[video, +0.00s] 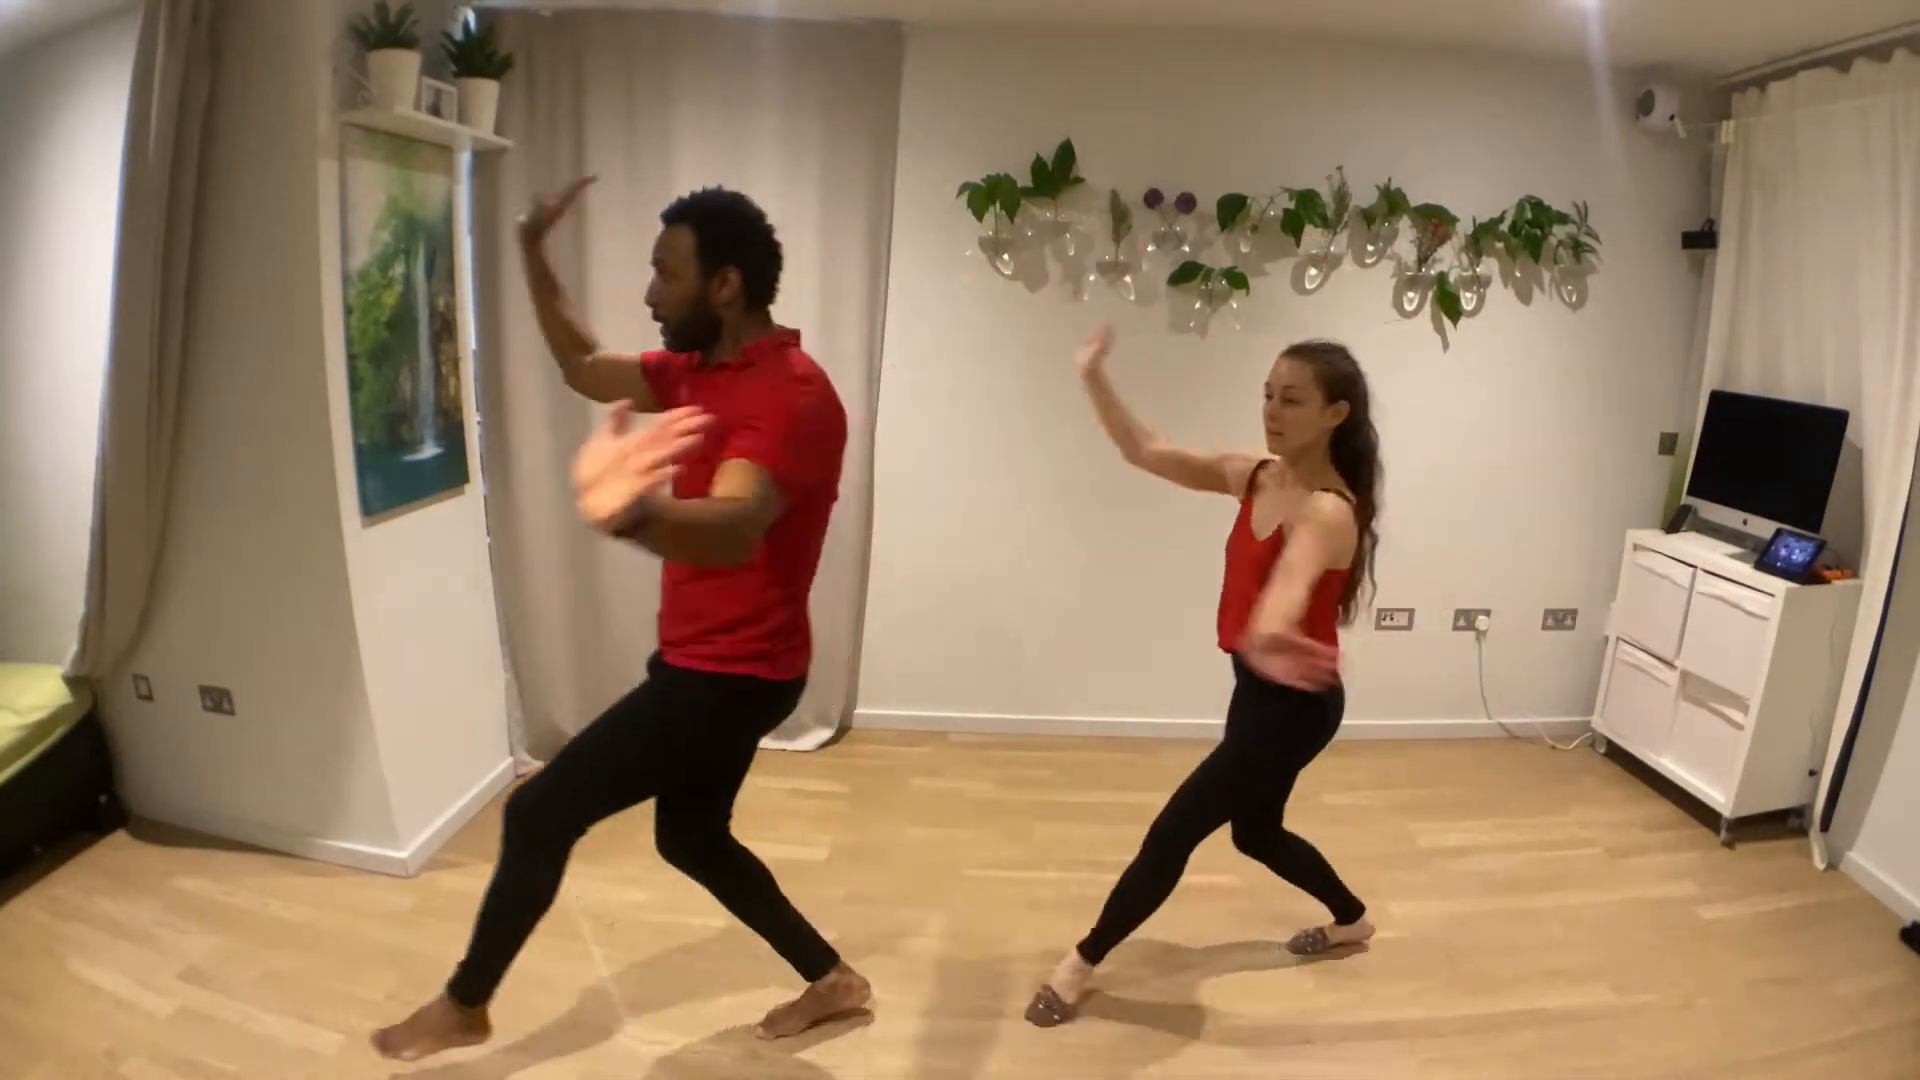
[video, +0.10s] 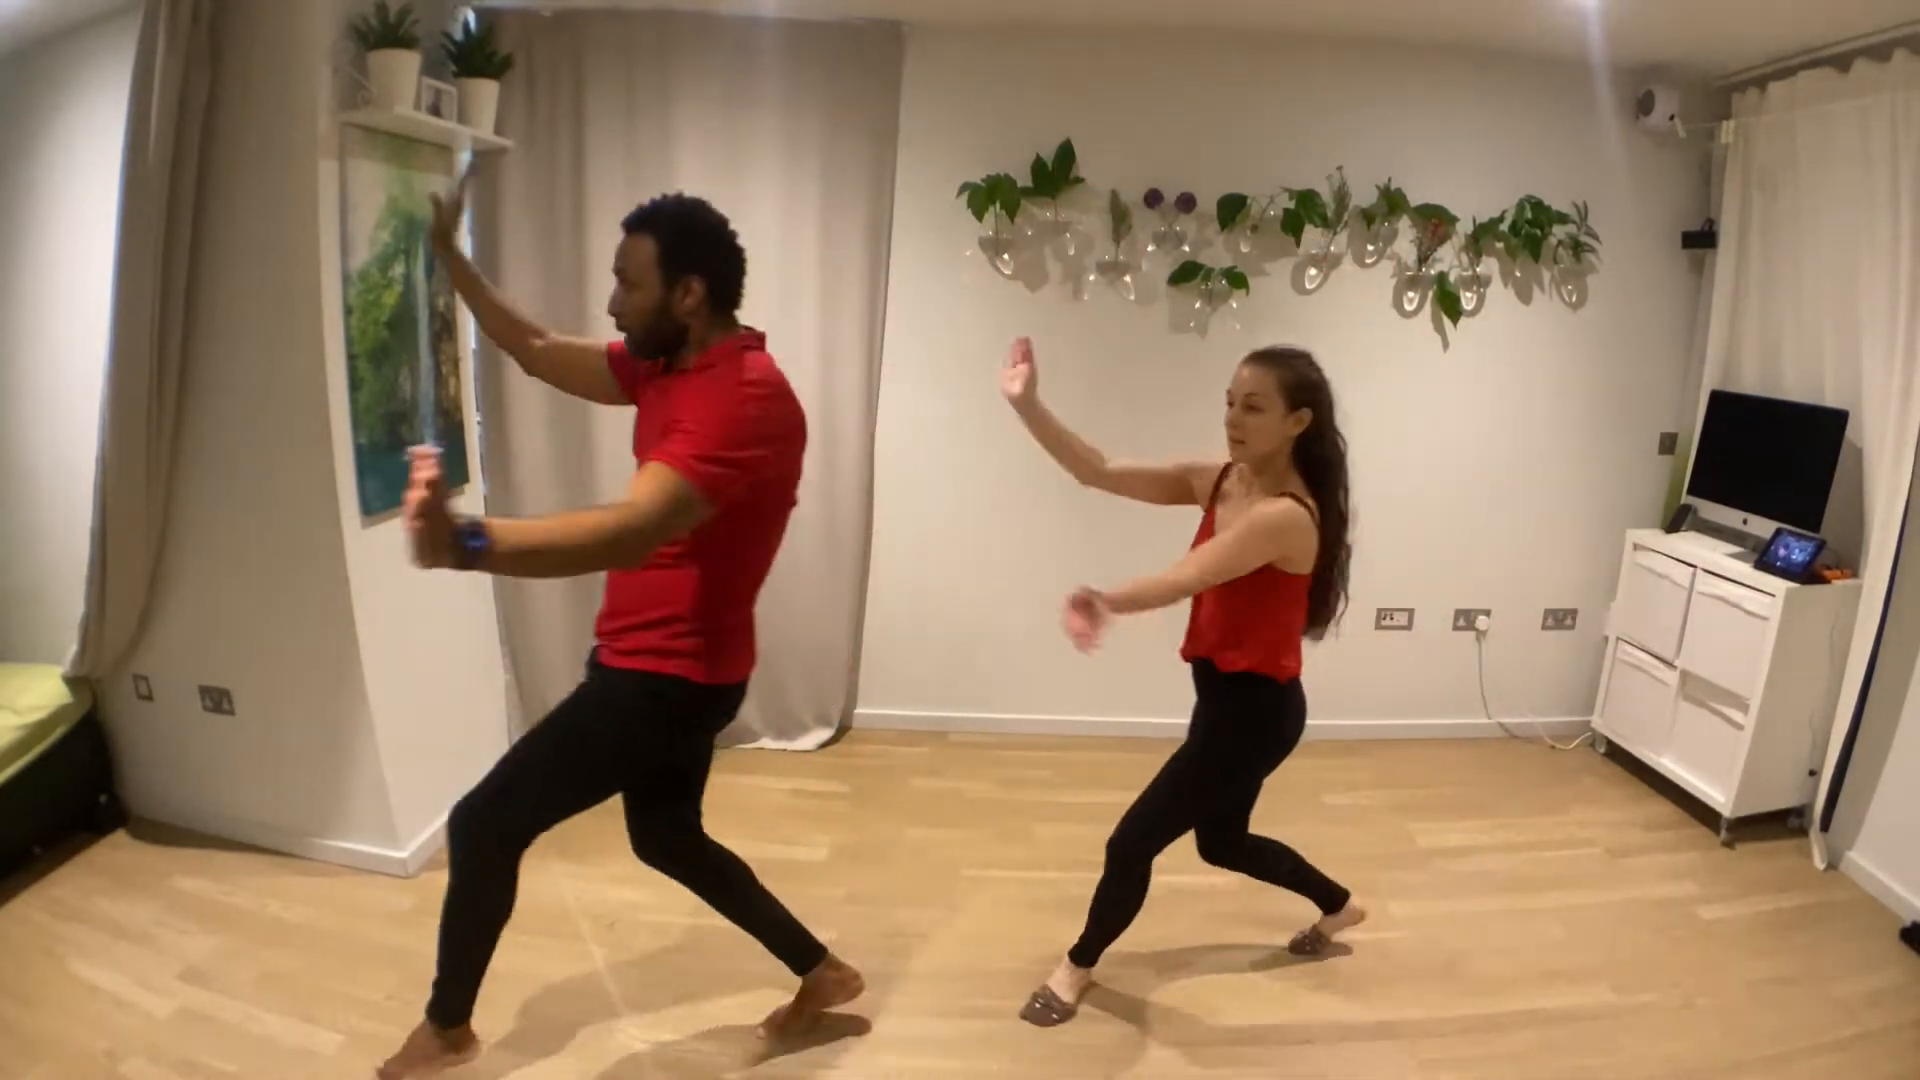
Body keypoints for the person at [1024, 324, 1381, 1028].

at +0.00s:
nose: (1270, 409)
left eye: (1289, 398)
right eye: (1269, 394)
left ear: (1336, 415)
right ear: (1264, 397)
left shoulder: (1328, 513)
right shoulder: (1254, 472)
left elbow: (1292, 585)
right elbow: (1147, 451)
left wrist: (1267, 627)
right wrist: (1096, 379)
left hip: (1298, 701)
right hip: (1256, 686)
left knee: (1177, 826)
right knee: (1257, 833)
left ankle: (1081, 963)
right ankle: (1352, 918)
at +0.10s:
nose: (1233, 417)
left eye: (1253, 407)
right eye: (1231, 402)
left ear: (1299, 422)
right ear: (1227, 402)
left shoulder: (1287, 517)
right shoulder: (1217, 478)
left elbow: (1190, 577)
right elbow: (1099, 471)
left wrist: (1107, 599)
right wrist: (1028, 405)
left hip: (1258, 711)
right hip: (1220, 701)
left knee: (1132, 843)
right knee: (1223, 843)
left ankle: (1076, 970)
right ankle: (1341, 905)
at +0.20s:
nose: (1197, 421)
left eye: (1216, 410)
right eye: (1195, 406)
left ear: (1264, 425)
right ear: (1193, 408)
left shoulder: (1247, 519)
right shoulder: (1190, 478)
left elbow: (1132, 581)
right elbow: (1084, 471)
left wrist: (1017, 584)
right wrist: (1011, 435)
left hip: (1223, 716)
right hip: (1185, 706)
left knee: (1103, 853)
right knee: (1165, 851)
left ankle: (1074, 972)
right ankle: (1292, 887)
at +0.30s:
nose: (1175, 423)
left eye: (1195, 412)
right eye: (1174, 408)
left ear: (1241, 427)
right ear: (1172, 408)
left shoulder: (1222, 515)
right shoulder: (1175, 475)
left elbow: (1121, 581)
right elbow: (1081, 453)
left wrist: (996, 602)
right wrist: (1022, 427)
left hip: (1207, 716)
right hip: (1161, 703)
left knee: (1091, 857)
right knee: (1107, 844)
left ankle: (1074, 973)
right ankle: (1224, 881)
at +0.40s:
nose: (1165, 422)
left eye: (1184, 412)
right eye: (1164, 407)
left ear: (1232, 426)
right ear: (1165, 410)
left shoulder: (1217, 508)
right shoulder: (1171, 466)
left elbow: (1162, 583)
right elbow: (1104, 428)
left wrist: (1062, 641)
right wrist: (1065, 395)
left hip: (1196, 709)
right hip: (1148, 694)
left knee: (1087, 850)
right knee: (1074, 843)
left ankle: (1076, 971)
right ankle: (1163, 880)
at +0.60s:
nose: (1190, 404)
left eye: (1210, 393)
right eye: (1181, 387)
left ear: (1241, 405)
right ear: (1169, 389)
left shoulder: (1253, 489)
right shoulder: (1146, 441)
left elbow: (1357, 552)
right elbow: (1092, 373)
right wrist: (1071, 290)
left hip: (1223, 680)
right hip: (1157, 671)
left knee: (1132, 831)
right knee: (1116, 826)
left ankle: (1074, 972)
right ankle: (1171, 900)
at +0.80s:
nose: (1254, 375)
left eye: (1264, 359)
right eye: (1233, 363)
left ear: (1280, 364)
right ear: (1202, 375)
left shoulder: (1308, 447)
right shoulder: (1177, 441)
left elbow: (1366, 480)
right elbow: (1073, 391)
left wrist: (1412, 497)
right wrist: (1024, 315)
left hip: (1264, 640)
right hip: (1184, 634)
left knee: (1252, 802)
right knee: (1148, 792)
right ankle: (1178, 907)